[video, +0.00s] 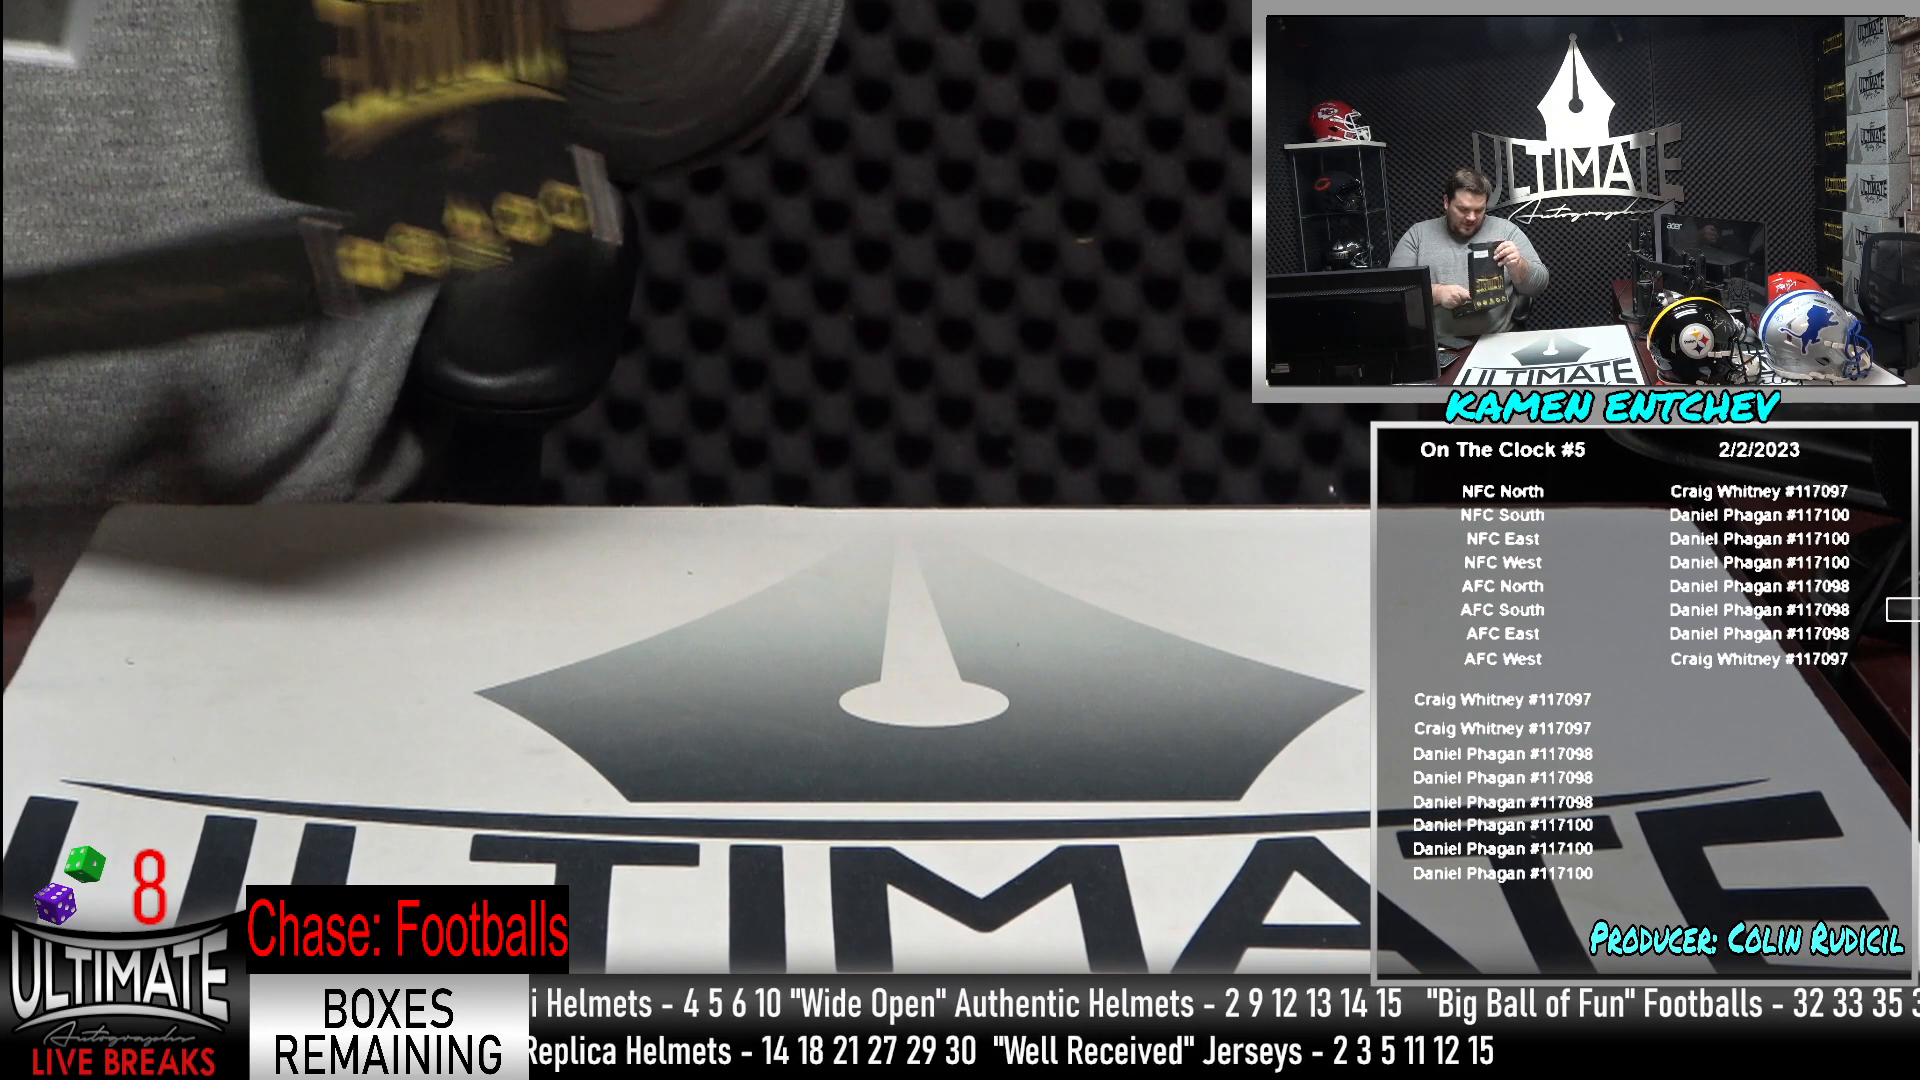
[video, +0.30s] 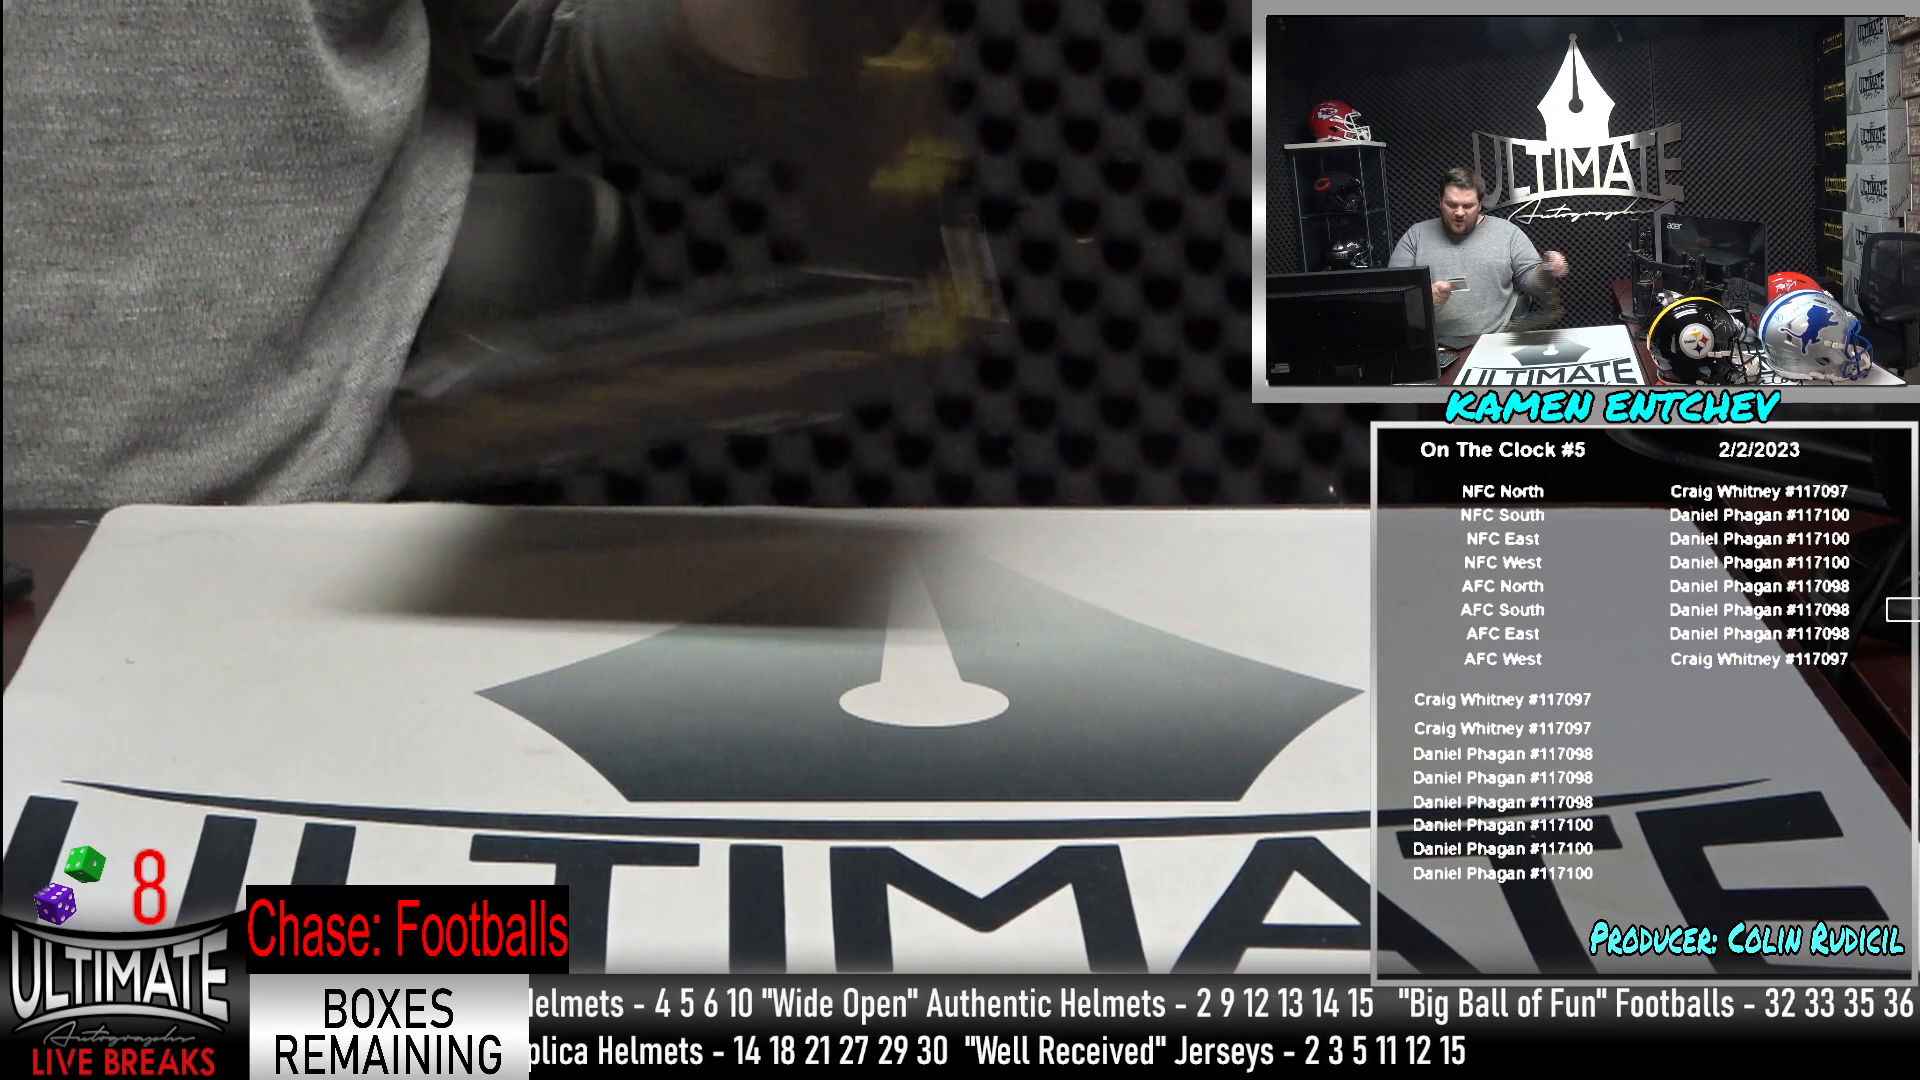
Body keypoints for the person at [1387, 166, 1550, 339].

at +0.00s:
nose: (1471, 218)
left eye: (1478, 211)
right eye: (1463, 210)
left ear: (1485, 205)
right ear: (1446, 203)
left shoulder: (1506, 231)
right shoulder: (1418, 235)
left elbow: (1538, 285)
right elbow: (1394, 287)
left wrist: (1517, 266)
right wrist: (1435, 292)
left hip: (1497, 346)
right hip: (1436, 350)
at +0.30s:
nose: (1459, 213)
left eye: (1467, 206)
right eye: (1452, 205)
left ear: (1479, 204)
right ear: (1441, 202)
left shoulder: (1507, 234)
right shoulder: (1417, 236)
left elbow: (1527, 276)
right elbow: (1391, 289)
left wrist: (1548, 272)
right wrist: (1424, 293)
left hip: (1494, 347)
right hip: (1433, 351)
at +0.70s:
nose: (1456, 210)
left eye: (1463, 201)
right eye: (1448, 203)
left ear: (1476, 200)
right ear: (1438, 203)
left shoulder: (1508, 233)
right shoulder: (1416, 237)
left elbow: (1530, 275)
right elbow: (1391, 288)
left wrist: (1552, 277)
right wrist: (1423, 290)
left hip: (1497, 348)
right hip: (1434, 352)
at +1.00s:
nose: (1464, 209)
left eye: (1471, 201)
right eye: (1455, 202)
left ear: (1481, 199)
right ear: (1442, 202)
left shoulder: (1507, 232)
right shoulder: (1419, 234)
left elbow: (1536, 281)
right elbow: (1394, 288)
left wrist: (1496, 284)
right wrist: (1431, 289)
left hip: (1497, 345)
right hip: (1436, 349)